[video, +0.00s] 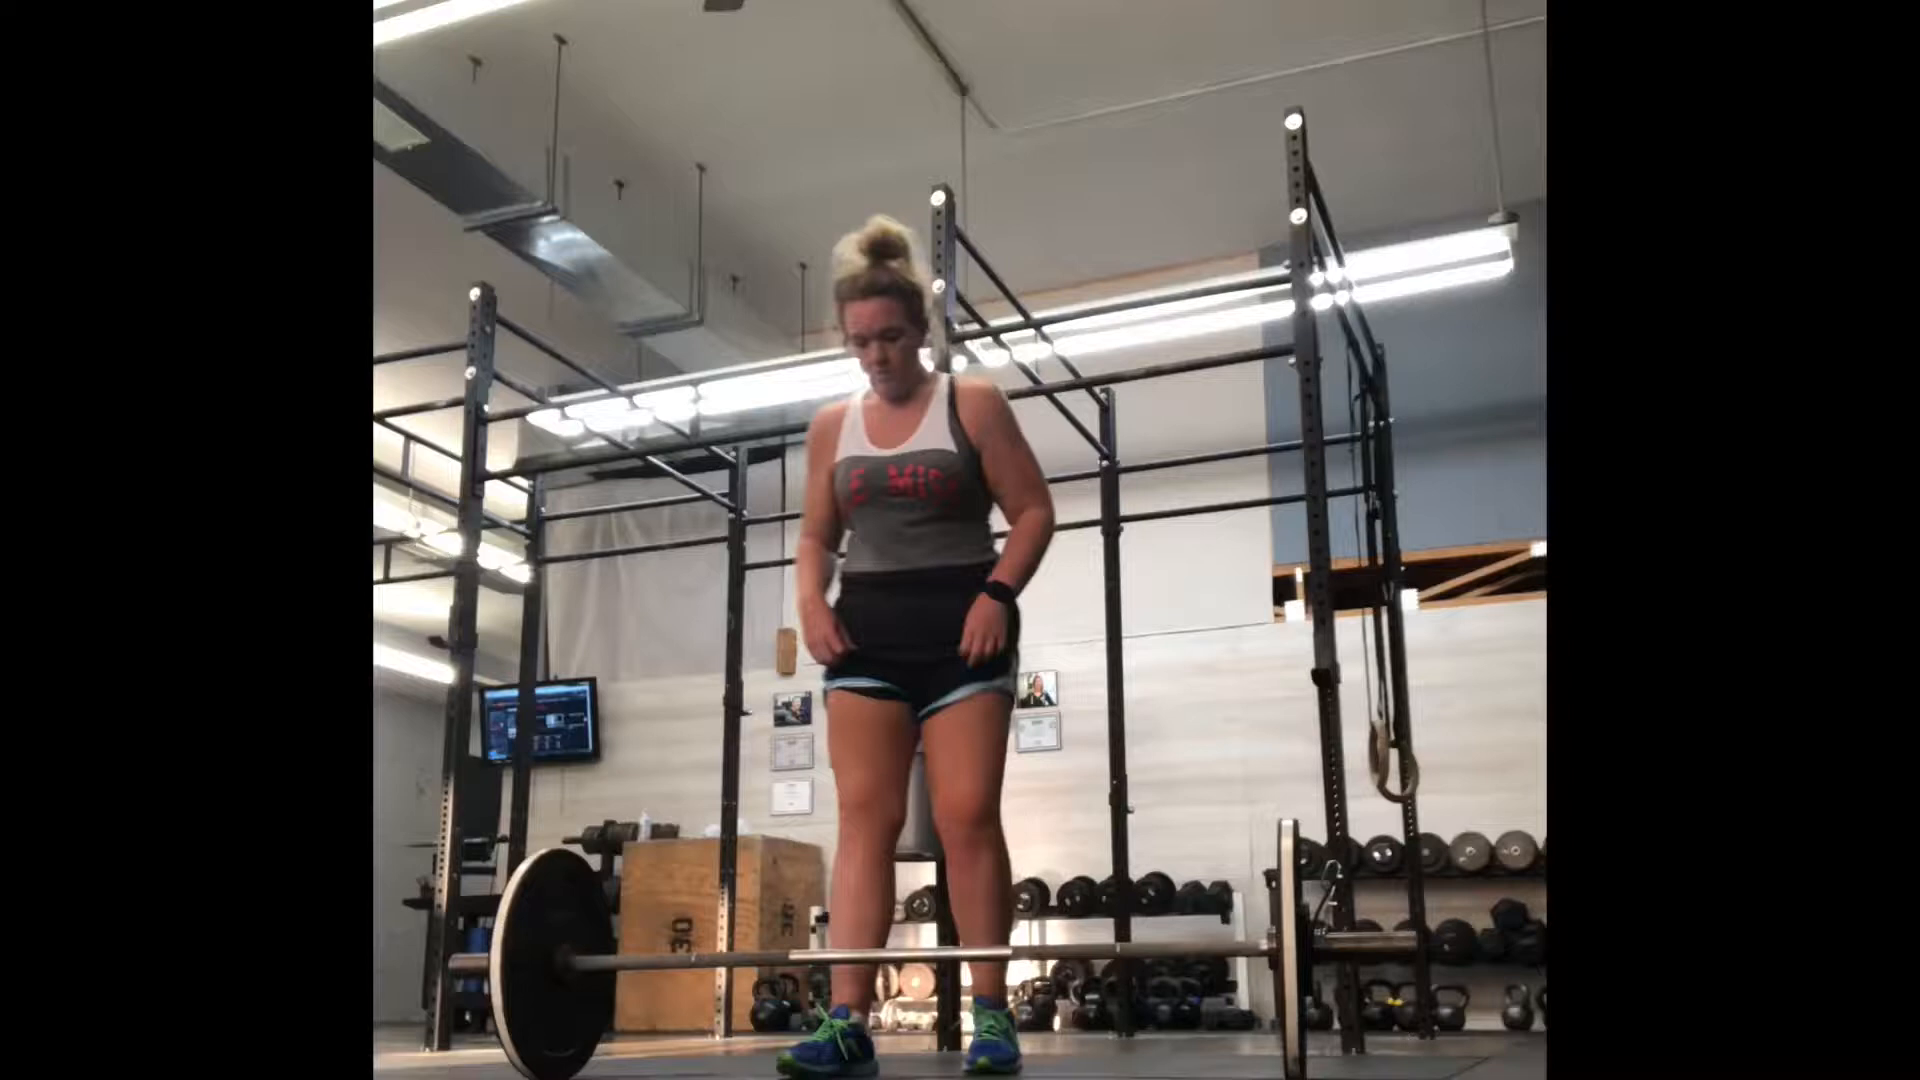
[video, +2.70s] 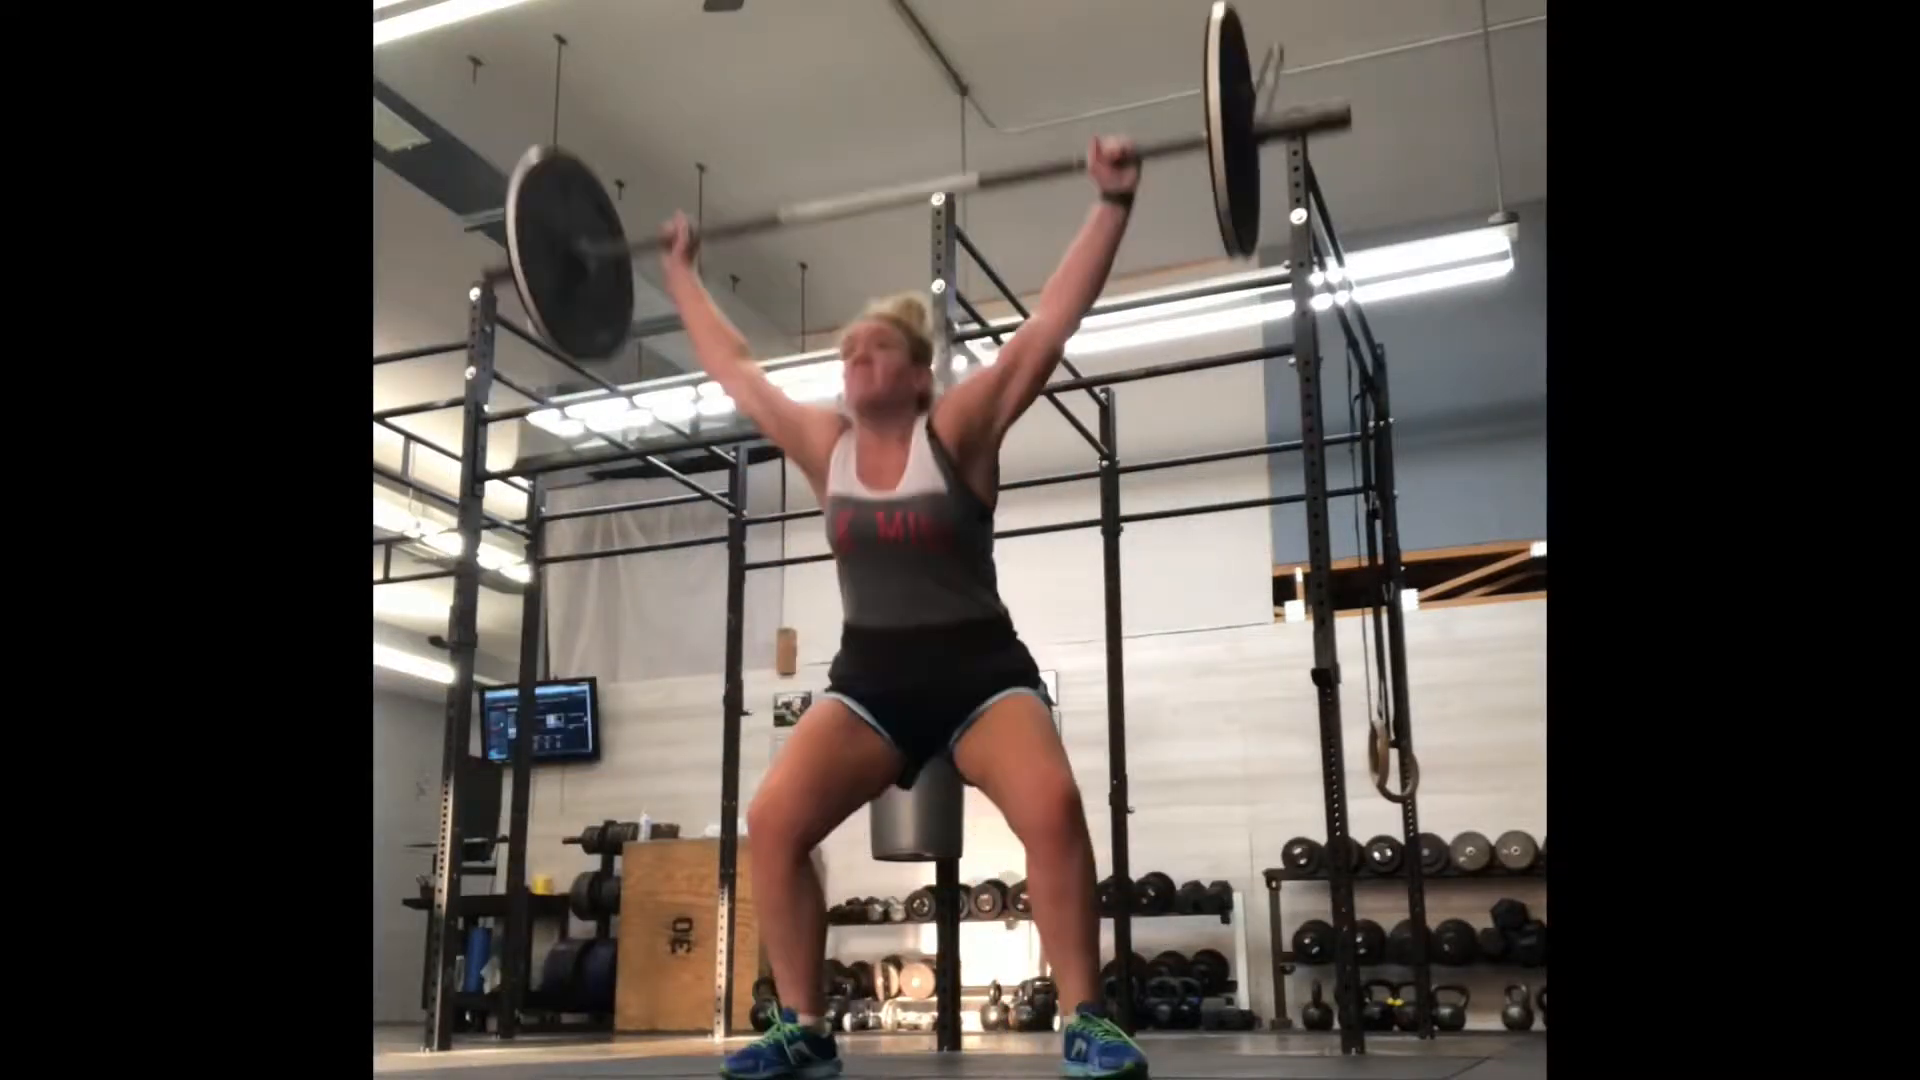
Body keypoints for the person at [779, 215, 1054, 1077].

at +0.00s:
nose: (879, 353)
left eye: (892, 335)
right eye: (864, 339)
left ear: (922, 327)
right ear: (845, 336)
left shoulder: (972, 404)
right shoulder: (832, 427)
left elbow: (1035, 513)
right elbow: (815, 536)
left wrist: (998, 593)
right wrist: (812, 607)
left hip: (962, 638)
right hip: (863, 643)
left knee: (967, 821)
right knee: (865, 822)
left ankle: (989, 1011)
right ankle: (847, 1019)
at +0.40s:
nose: (856, 396)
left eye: (871, 377)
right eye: (841, 382)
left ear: (905, 364)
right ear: (825, 376)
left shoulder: (962, 444)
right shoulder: (818, 473)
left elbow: (1053, 542)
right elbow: (786, 587)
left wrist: (1062, 654)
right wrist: (755, 693)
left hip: (978, 653)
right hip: (871, 663)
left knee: (1000, 812)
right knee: (833, 814)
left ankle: (1024, 1013)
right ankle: (848, 1020)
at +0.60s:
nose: (849, 476)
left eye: (867, 459)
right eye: (837, 462)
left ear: (908, 469)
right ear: (825, 476)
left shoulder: (958, 554)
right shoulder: (820, 574)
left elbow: (1051, 675)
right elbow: (770, 705)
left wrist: (1124, 795)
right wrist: (713, 828)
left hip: (987, 714)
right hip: (881, 722)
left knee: (1015, 816)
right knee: (815, 827)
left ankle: (1028, 1021)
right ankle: (847, 1024)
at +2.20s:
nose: (828, 367)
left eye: (846, 351)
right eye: (823, 353)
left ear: (892, 363)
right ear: (821, 369)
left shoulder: (953, 461)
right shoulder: (807, 482)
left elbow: (1076, 536)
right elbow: (719, 574)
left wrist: (1112, 648)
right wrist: (670, 680)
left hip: (986, 660)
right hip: (879, 671)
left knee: (1004, 811)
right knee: (814, 814)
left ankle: (1028, 1014)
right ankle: (843, 1021)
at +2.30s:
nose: (862, 289)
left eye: (881, 276)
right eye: (854, 278)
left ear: (924, 295)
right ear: (843, 299)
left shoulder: (969, 386)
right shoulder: (830, 413)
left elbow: (1095, 425)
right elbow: (717, 466)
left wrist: (1107, 501)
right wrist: (665, 538)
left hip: (971, 616)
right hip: (867, 622)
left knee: (991, 800)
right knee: (813, 807)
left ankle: (1025, 1006)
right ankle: (839, 1010)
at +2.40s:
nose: (886, 236)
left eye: (907, 228)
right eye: (875, 230)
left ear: (944, 253)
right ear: (860, 258)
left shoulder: (980, 317)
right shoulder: (839, 336)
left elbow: (1057, 328)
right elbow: (751, 372)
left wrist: (1097, 342)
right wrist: (687, 377)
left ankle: (1041, 974)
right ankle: (809, 975)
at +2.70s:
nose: (859, 364)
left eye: (877, 352)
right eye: (849, 355)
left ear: (919, 370)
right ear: (836, 375)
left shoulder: (961, 426)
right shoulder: (825, 447)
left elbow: (1047, 327)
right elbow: (735, 368)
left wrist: (1111, 204)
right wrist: (679, 274)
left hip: (983, 676)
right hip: (870, 688)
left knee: (1055, 808)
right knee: (770, 821)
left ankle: (1082, 1016)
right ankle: (803, 1024)